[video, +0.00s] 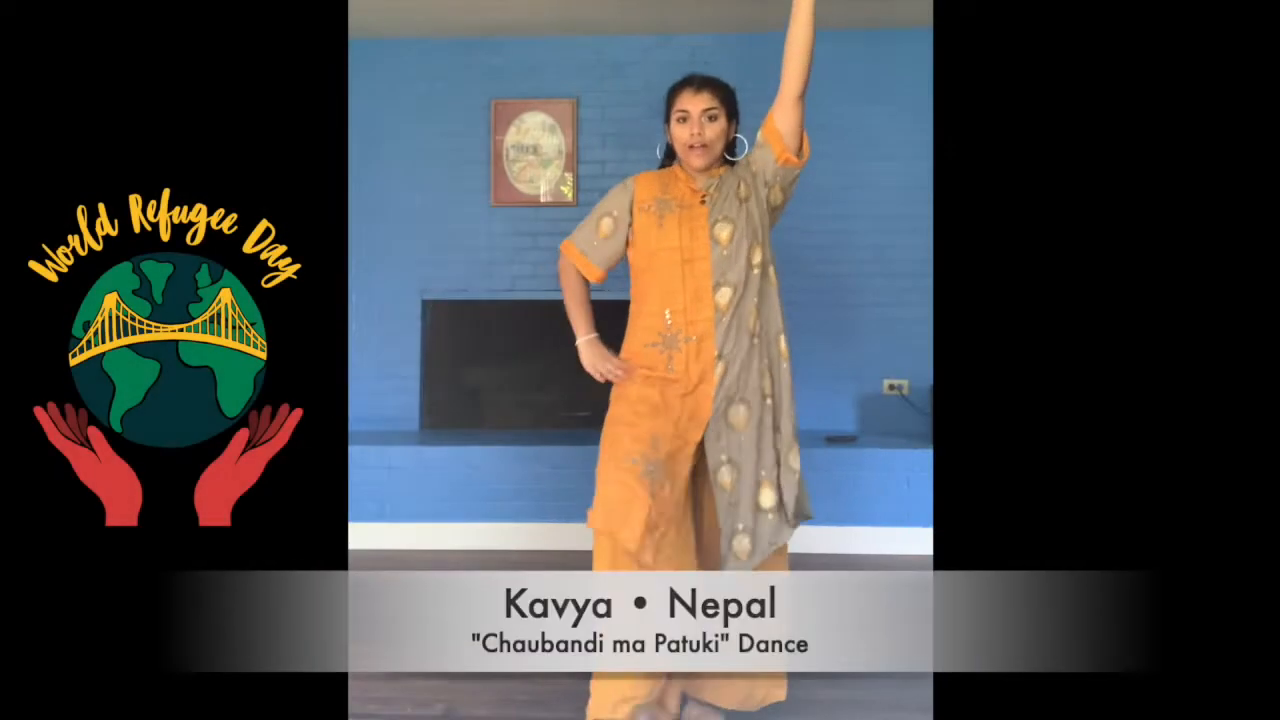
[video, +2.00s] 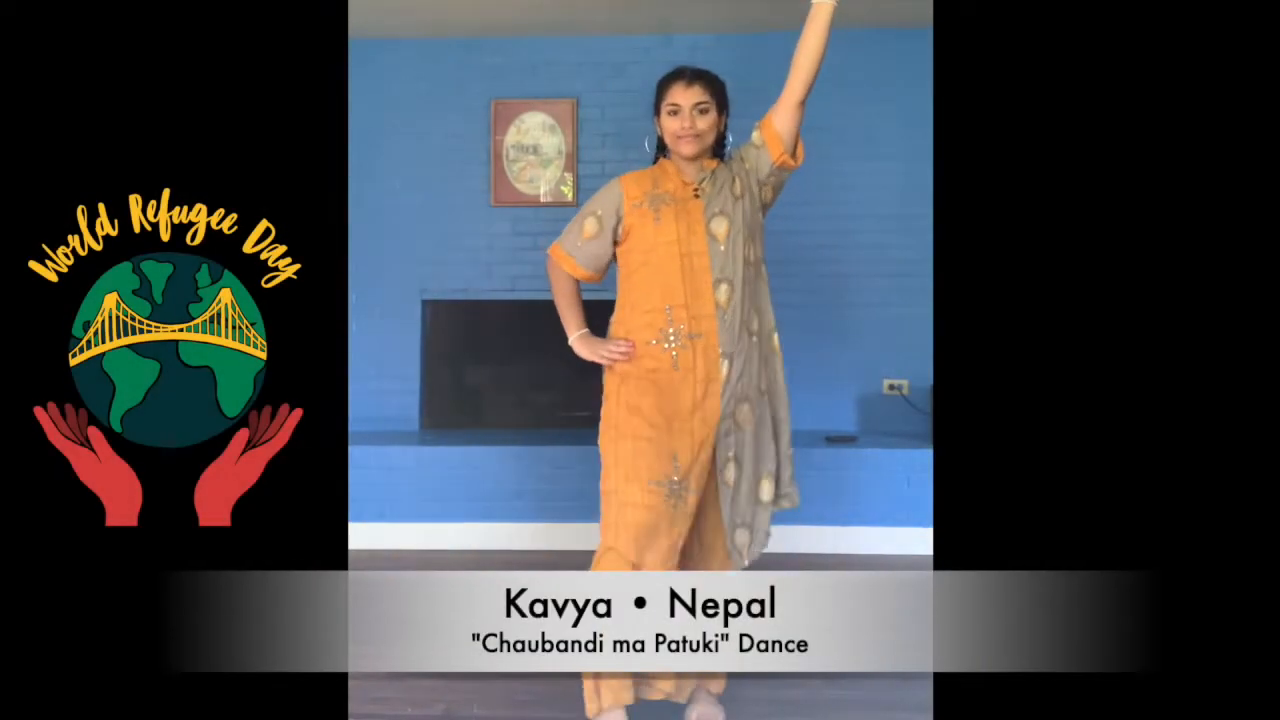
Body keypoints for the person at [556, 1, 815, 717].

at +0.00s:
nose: (697, 128)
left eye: (709, 116)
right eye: (684, 117)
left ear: (730, 129)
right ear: (668, 129)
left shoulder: (754, 187)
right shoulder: (639, 194)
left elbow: (792, 91)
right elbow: (574, 258)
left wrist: (803, 3)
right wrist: (588, 342)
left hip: (738, 391)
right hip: (652, 391)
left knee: (739, 541)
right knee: (633, 538)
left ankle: (715, 691)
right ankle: (636, 696)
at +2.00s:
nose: (687, 121)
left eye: (701, 109)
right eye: (674, 110)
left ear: (721, 120)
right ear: (658, 121)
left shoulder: (745, 182)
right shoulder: (629, 193)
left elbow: (795, 92)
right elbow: (562, 259)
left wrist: (824, 4)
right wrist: (581, 337)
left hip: (727, 390)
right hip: (644, 389)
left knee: (715, 545)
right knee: (633, 545)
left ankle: (705, 694)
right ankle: (609, 701)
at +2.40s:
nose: (686, 117)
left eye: (699, 105)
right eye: (673, 106)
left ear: (718, 115)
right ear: (656, 117)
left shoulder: (744, 176)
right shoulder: (629, 190)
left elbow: (794, 82)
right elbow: (564, 254)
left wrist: (821, 1)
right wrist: (581, 321)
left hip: (727, 380)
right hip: (640, 380)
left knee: (718, 534)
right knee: (622, 531)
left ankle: (708, 694)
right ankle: (619, 694)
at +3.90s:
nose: (692, 122)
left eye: (706, 109)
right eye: (679, 111)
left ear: (726, 120)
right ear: (664, 124)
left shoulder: (751, 183)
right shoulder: (636, 193)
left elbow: (799, 97)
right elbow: (567, 261)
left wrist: (825, 3)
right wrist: (586, 343)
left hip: (735, 394)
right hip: (650, 394)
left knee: (727, 555)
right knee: (636, 555)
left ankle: (703, 702)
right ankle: (612, 707)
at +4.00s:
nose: (692, 125)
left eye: (706, 114)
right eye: (679, 115)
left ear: (727, 127)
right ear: (664, 129)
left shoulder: (752, 189)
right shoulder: (636, 199)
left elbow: (799, 104)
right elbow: (571, 271)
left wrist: (825, 9)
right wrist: (588, 354)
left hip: (738, 402)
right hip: (652, 401)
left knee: (726, 565)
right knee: (649, 559)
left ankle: (702, 706)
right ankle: (639, 703)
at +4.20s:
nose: (691, 117)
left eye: (704, 105)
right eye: (678, 107)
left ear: (725, 115)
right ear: (662, 120)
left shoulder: (752, 178)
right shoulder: (635, 192)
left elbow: (800, 85)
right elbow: (571, 256)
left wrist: (823, 0)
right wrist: (579, 319)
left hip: (732, 392)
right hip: (647, 394)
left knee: (726, 564)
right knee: (649, 564)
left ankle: (713, 708)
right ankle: (651, 711)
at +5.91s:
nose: (697, 118)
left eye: (711, 105)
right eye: (684, 106)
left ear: (732, 115)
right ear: (666, 116)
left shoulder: (761, 190)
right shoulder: (636, 187)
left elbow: (760, 295)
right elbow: (620, 291)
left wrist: (765, 390)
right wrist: (607, 380)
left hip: (727, 397)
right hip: (644, 394)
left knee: (724, 549)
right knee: (644, 552)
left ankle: (713, 695)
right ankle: (637, 703)